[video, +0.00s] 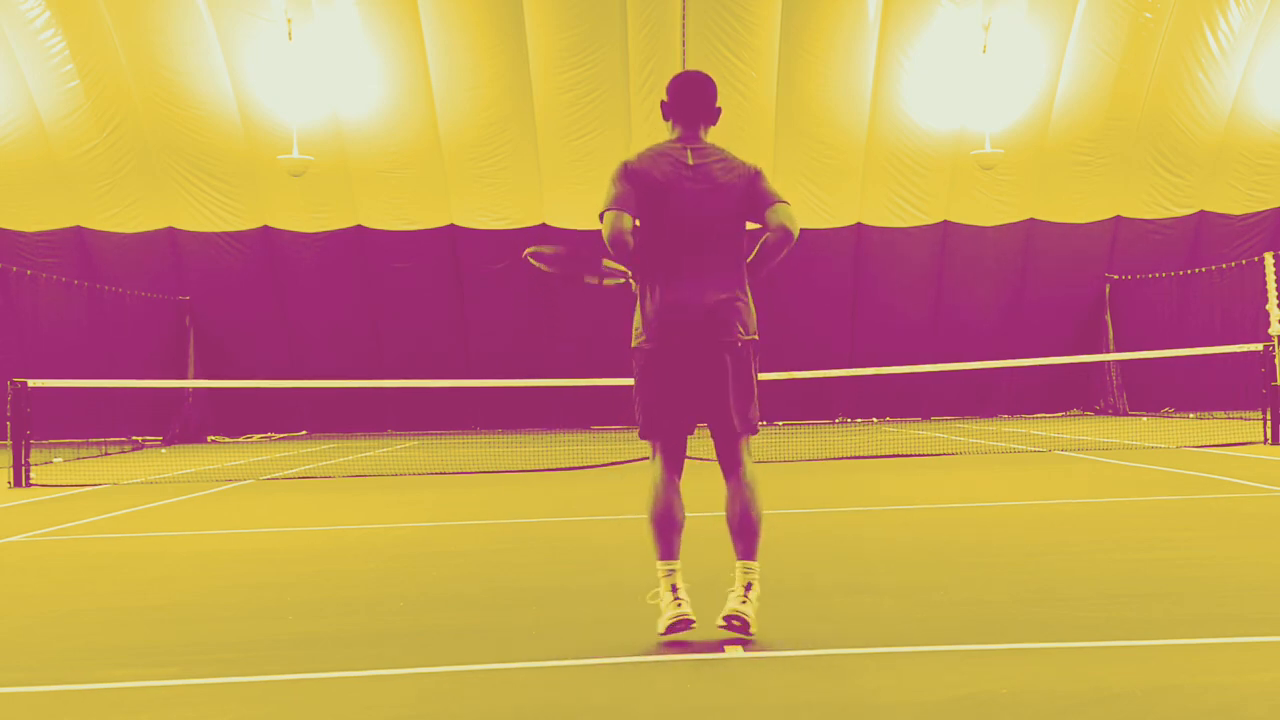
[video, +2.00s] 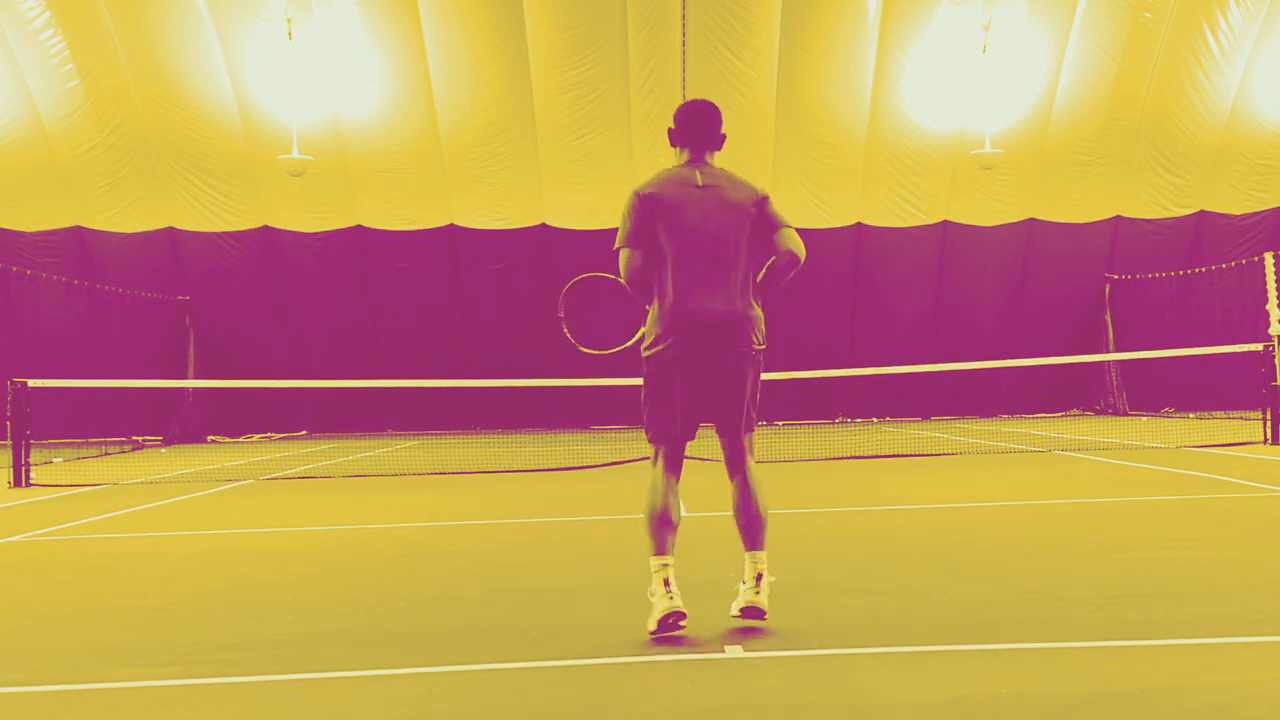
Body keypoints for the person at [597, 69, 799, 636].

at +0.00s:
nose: (680, 121)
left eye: (672, 110)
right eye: (704, 113)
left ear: (665, 113)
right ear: (716, 116)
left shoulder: (637, 168)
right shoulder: (742, 172)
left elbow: (615, 235)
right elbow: (784, 228)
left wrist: (642, 274)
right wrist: (745, 278)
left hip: (663, 328)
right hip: (727, 326)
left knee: (666, 462)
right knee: (736, 461)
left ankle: (672, 593)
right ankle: (745, 591)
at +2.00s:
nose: (692, 149)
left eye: (681, 137)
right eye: (711, 140)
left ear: (673, 140)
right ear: (721, 142)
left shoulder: (647, 196)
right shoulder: (750, 195)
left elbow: (632, 275)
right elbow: (793, 252)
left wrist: (661, 295)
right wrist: (755, 291)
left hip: (673, 340)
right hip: (736, 338)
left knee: (666, 464)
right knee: (741, 461)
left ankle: (664, 590)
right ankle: (756, 583)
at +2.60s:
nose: (676, 180)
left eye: (659, 169)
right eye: (685, 170)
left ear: (642, 173)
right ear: (692, 174)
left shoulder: (609, 232)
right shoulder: (719, 236)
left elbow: (600, 324)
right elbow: (743, 320)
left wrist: (636, 357)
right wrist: (696, 343)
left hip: (630, 378)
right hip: (700, 376)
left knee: (619, 497)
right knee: (709, 491)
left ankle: (576, 575)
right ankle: (733, 603)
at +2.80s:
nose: (642, 173)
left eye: (629, 165)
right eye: (644, 166)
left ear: (592, 167)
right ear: (644, 167)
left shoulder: (556, 227)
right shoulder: (655, 225)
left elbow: (552, 310)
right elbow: (679, 318)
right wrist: (661, 366)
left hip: (563, 383)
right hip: (634, 377)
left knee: (594, 511)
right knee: (678, 492)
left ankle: (548, 622)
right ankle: (704, 614)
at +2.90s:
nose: (626, 165)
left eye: (621, 155)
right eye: (627, 156)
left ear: (575, 158)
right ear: (625, 158)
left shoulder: (541, 213)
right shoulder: (628, 214)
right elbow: (657, 309)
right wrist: (653, 345)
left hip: (526, 368)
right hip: (589, 363)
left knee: (582, 504)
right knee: (647, 488)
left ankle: (543, 637)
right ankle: (630, 620)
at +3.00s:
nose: (614, 134)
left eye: (607, 125)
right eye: (616, 125)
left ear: (564, 124)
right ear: (616, 126)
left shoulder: (531, 177)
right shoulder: (610, 182)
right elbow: (654, 276)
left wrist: (654, 281)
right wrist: (681, 302)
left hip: (486, 324)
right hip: (549, 324)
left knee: (536, 479)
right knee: (602, 471)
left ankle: (531, 619)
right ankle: (561, 603)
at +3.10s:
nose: (603, 124)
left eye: (596, 114)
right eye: (605, 114)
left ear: (551, 113)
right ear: (606, 115)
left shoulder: (517, 159)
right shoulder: (603, 170)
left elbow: (543, 228)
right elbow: (675, 244)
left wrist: (612, 225)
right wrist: (709, 242)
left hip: (449, 319)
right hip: (514, 320)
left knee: (494, 471)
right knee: (562, 473)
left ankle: (460, 615)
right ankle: (525, 609)